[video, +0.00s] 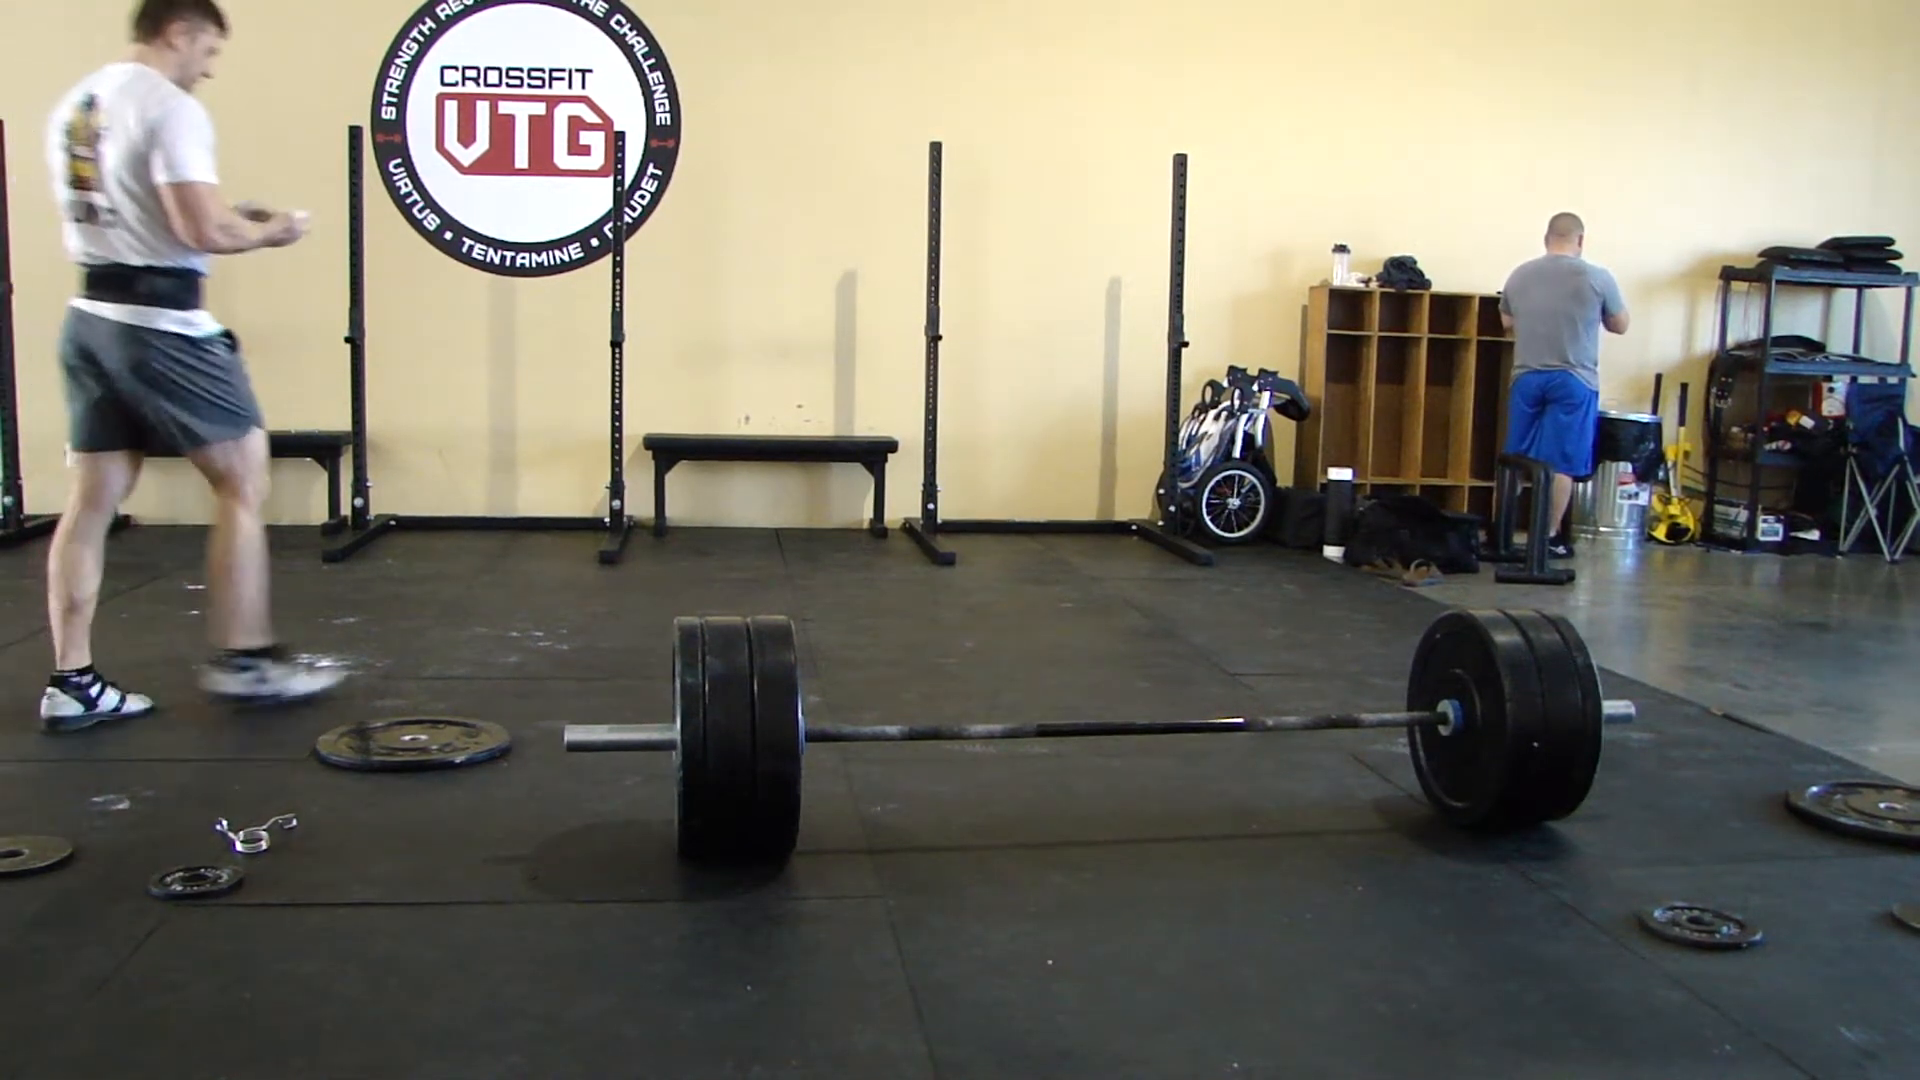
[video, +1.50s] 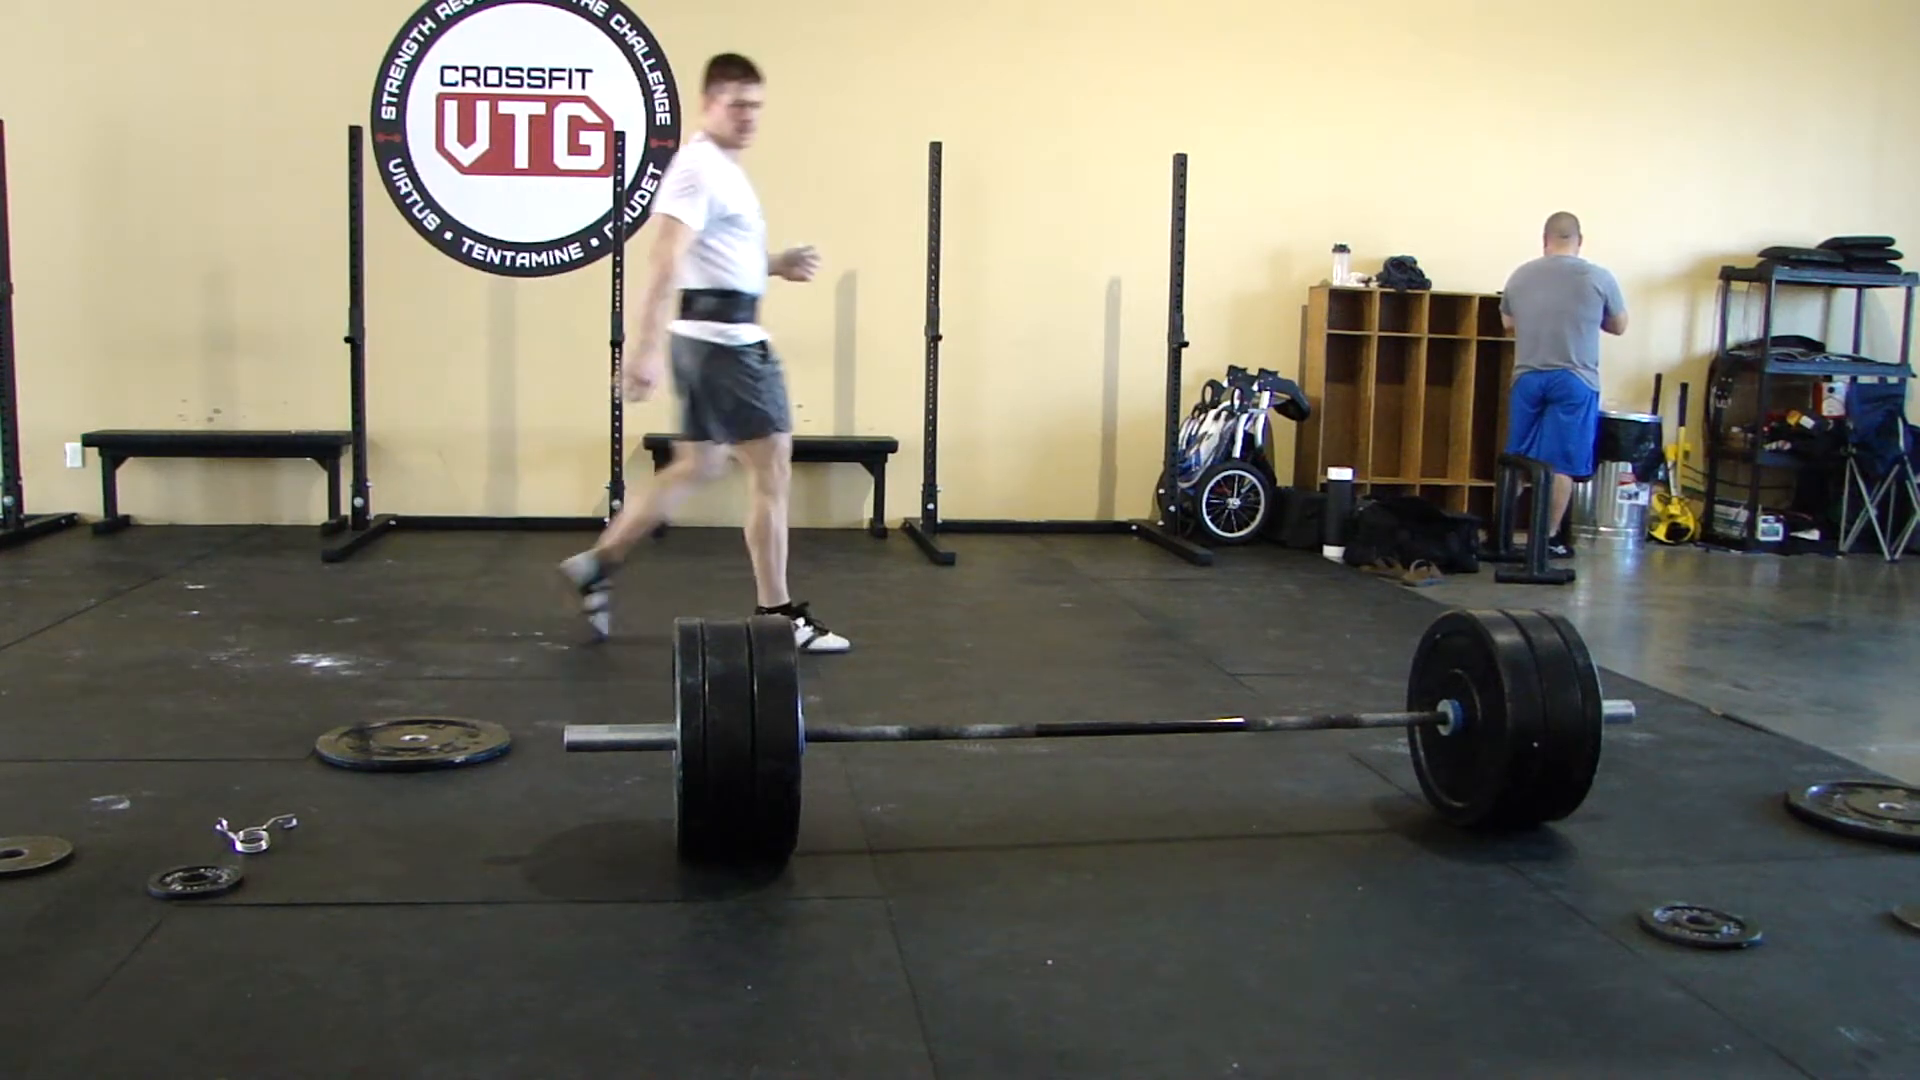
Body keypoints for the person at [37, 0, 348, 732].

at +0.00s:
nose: (211, 69)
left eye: (217, 55)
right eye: (209, 52)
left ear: (156, 32)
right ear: (175, 34)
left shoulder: (75, 102)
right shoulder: (173, 109)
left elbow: (103, 216)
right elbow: (201, 227)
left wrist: (232, 216)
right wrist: (274, 233)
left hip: (93, 322)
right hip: (167, 328)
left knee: (92, 500)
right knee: (242, 484)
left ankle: (71, 680)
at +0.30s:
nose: (346, 88)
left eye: (349, 74)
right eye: (343, 72)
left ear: (291, 62)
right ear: (313, 61)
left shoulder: (234, 125)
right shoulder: (310, 131)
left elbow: (282, 238)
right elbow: (350, 244)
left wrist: (390, 225)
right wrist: (409, 226)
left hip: (250, 334)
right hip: (314, 340)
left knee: (252, 486)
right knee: (359, 488)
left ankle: (155, 602)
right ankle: (354, 648)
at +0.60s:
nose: (449, 93)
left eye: (451, 80)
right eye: (446, 78)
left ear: (396, 70)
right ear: (416, 69)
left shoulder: (347, 132)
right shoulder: (416, 134)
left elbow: (394, 226)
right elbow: (471, 237)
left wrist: (492, 217)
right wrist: (528, 222)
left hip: (367, 327)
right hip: (413, 336)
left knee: (425, 476)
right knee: (388, 493)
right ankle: (353, 646)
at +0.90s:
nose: (552, 111)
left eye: (553, 99)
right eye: (545, 98)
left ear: (502, 95)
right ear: (508, 93)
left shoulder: (465, 148)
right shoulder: (517, 154)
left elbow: (516, 245)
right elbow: (561, 254)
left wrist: (581, 242)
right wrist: (604, 245)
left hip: (484, 335)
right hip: (522, 342)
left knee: (527, 477)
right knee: (548, 484)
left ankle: (532, 608)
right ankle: (422, 585)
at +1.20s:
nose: (644, 110)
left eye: (650, 99)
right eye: (633, 98)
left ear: (649, 99)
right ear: (597, 94)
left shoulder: (608, 156)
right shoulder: (587, 151)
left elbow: (619, 247)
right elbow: (585, 240)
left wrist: (684, 248)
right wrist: (650, 305)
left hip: (581, 323)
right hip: (609, 326)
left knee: (571, 462)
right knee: (672, 456)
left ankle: (535, 606)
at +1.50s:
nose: (748, 117)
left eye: (755, 107)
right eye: (737, 105)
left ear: (758, 109)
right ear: (706, 104)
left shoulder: (724, 169)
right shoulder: (697, 165)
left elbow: (720, 256)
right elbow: (664, 257)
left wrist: (776, 264)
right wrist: (645, 348)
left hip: (707, 339)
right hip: (727, 341)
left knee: (698, 465)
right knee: (772, 473)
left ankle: (597, 563)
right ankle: (777, 613)